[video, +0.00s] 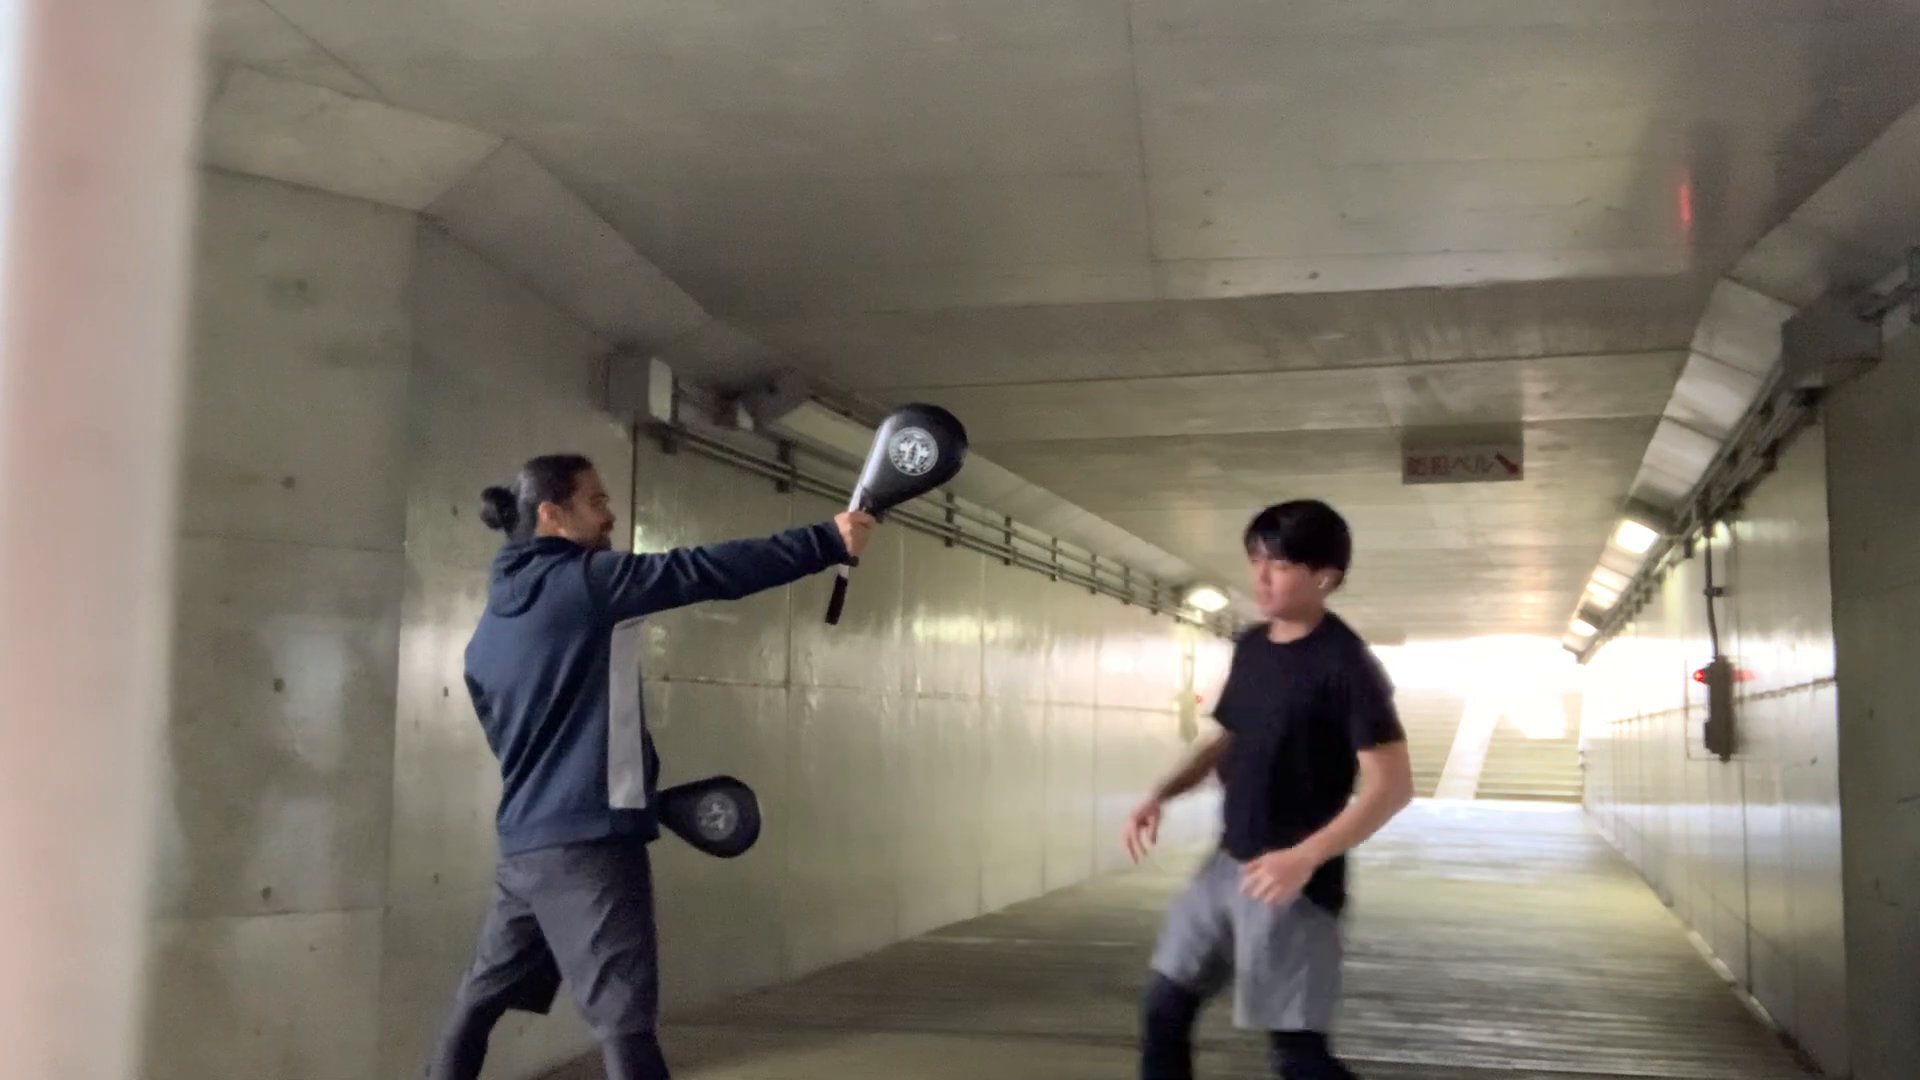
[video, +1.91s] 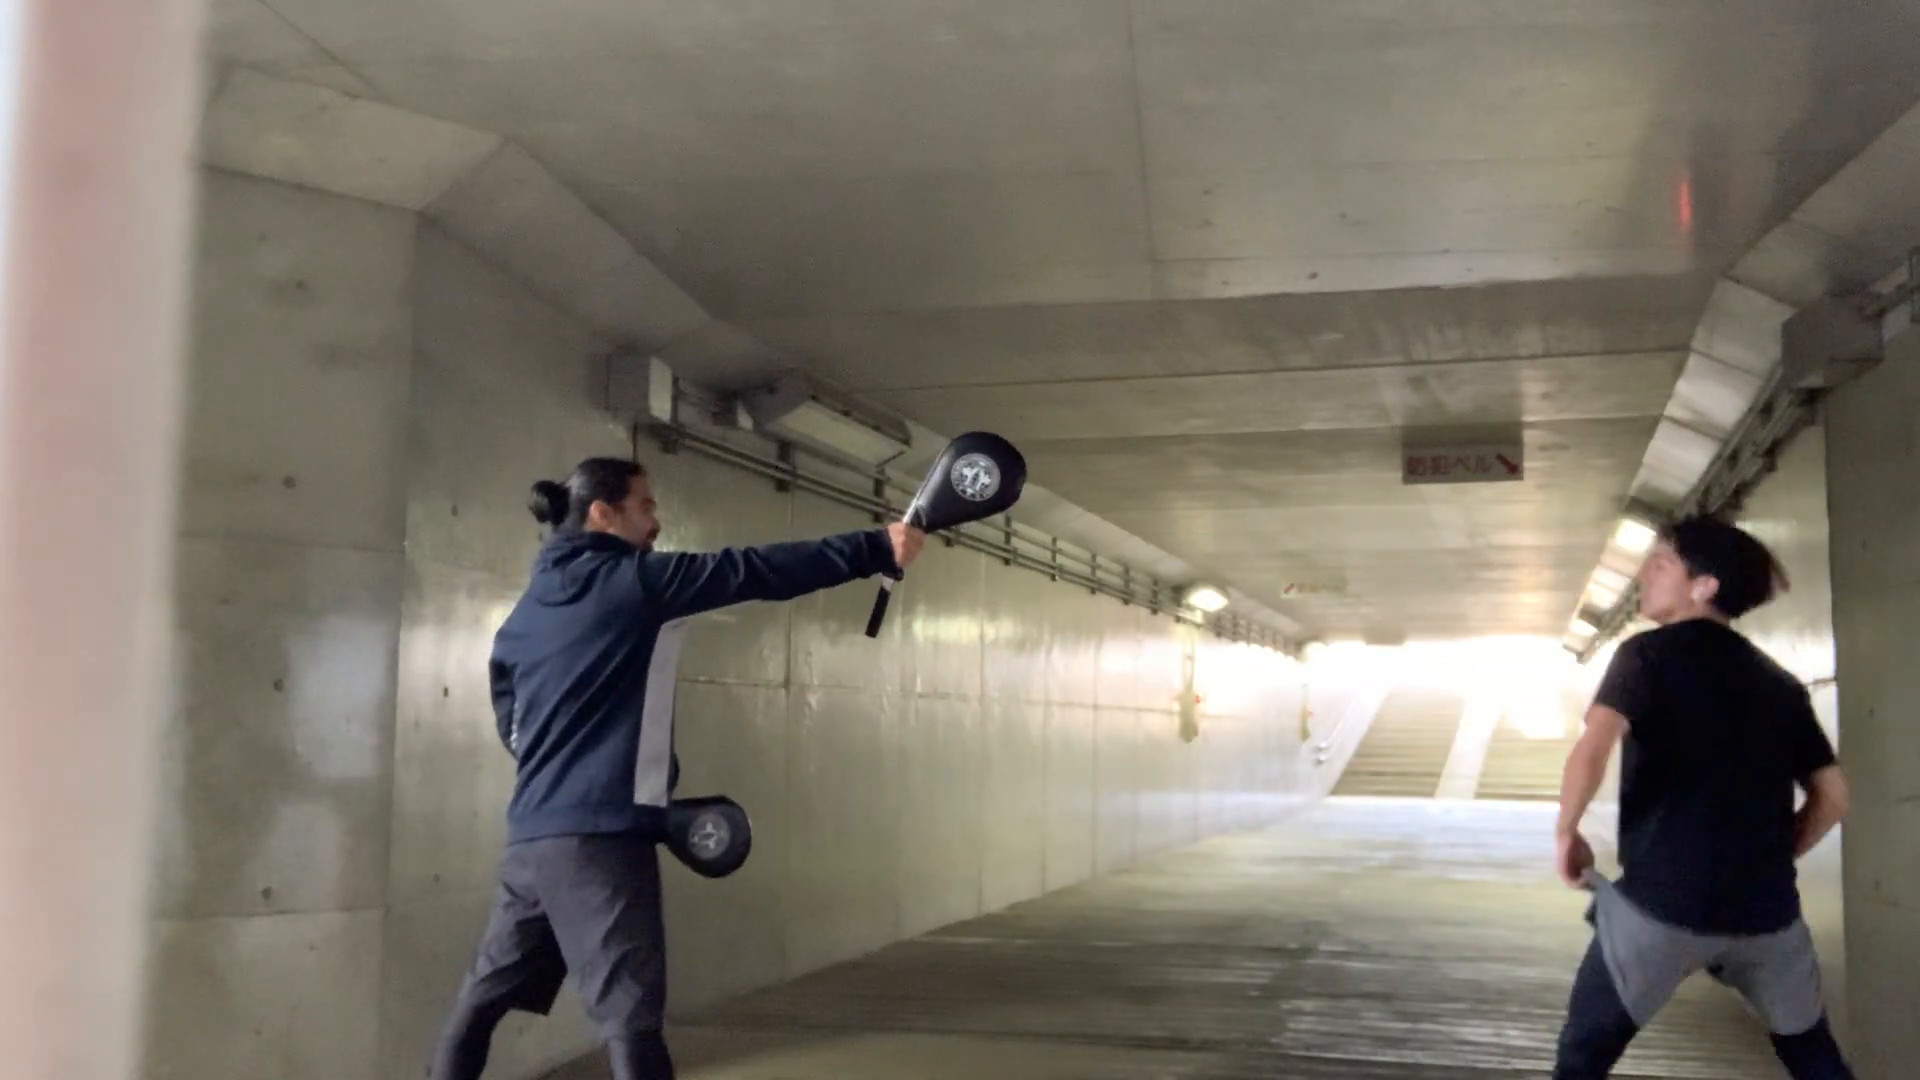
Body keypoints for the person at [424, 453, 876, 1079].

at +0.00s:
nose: (611, 513)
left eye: (607, 499)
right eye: (597, 501)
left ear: (544, 517)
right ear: (551, 513)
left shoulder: (486, 636)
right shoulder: (589, 579)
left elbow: (524, 752)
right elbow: (707, 570)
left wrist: (632, 792)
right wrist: (828, 539)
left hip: (525, 839)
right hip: (591, 838)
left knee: (477, 1003)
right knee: (625, 1025)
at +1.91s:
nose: (657, 520)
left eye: (653, 505)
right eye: (646, 505)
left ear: (595, 514)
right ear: (602, 512)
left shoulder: (518, 620)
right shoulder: (637, 578)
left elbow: (518, 734)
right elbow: (755, 570)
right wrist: (878, 547)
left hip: (532, 834)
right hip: (598, 832)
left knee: (477, 1004)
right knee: (630, 1024)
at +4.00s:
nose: (630, 521)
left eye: (627, 508)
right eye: (618, 508)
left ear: (564, 518)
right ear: (570, 514)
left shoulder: (506, 632)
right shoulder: (605, 578)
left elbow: (540, 746)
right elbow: (720, 570)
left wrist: (636, 782)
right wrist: (843, 540)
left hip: (536, 836)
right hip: (598, 835)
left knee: (487, 1000)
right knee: (630, 1022)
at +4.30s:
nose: (632, 519)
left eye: (629, 506)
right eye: (621, 506)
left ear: (566, 517)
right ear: (576, 511)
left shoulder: (502, 632)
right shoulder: (608, 577)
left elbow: (527, 747)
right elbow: (727, 569)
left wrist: (638, 792)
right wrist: (848, 540)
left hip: (534, 837)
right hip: (597, 835)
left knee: (481, 1005)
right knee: (629, 1024)